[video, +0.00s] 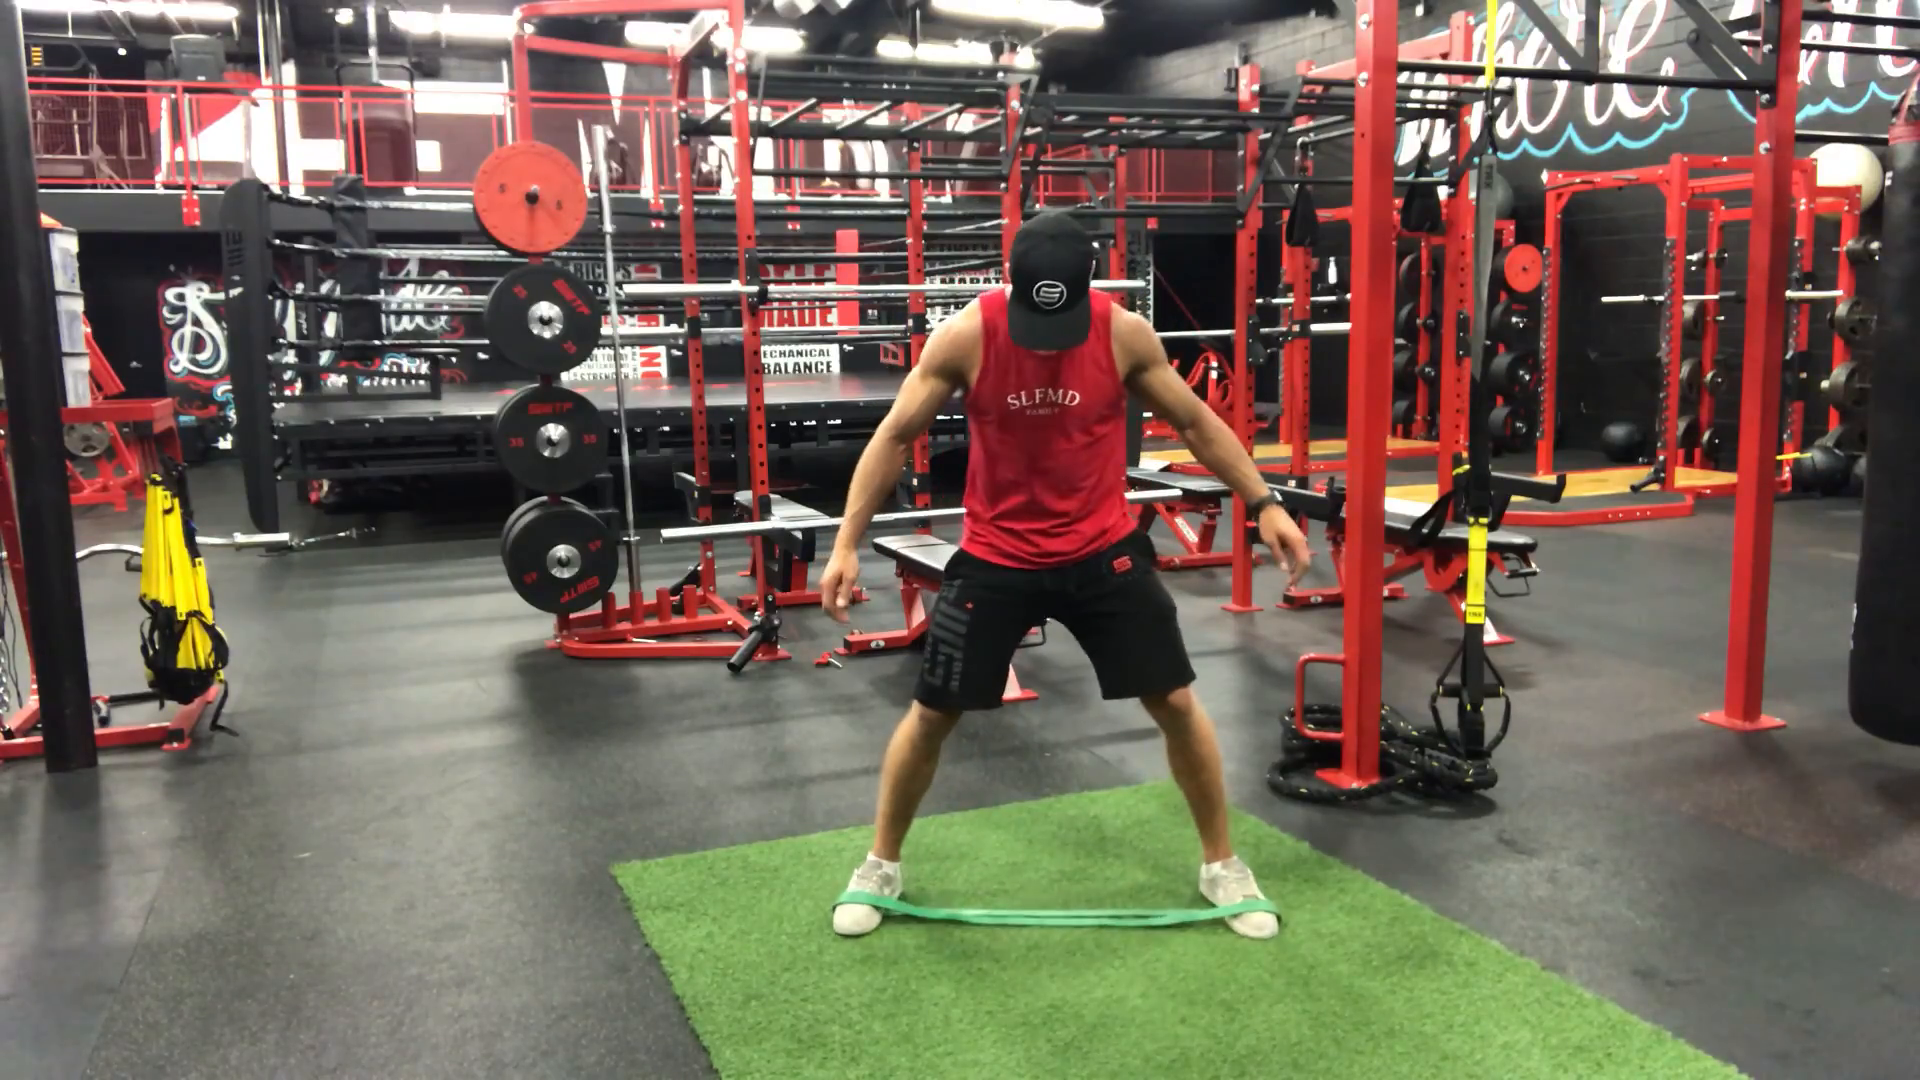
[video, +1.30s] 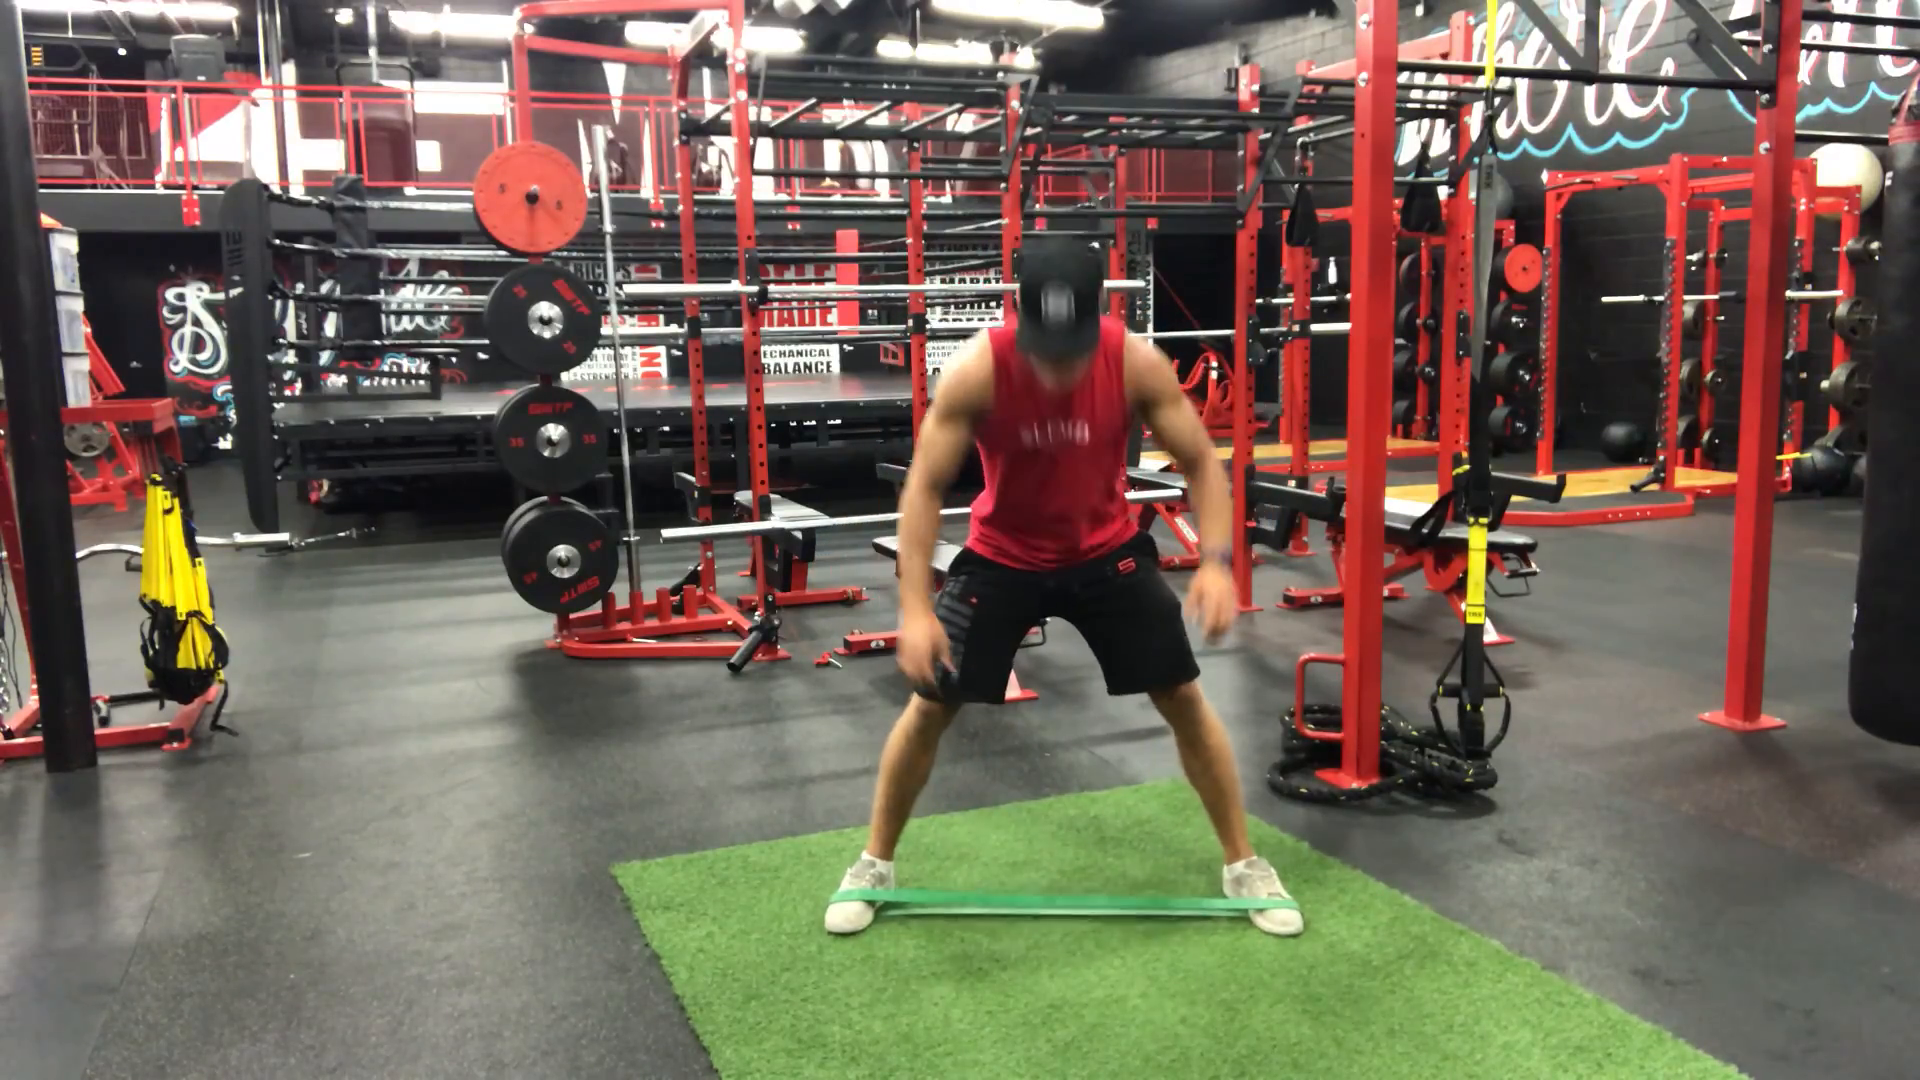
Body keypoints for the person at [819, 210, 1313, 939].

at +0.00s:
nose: (1047, 334)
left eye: (1062, 319)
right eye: (1034, 319)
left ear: (1088, 288)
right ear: (1012, 284)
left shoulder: (1125, 336)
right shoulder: (964, 338)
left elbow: (1197, 422)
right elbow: (892, 437)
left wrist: (1265, 503)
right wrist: (845, 544)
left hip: (1105, 550)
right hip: (995, 554)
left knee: (1176, 702)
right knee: (933, 709)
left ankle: (1222, 863)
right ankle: (881, 863)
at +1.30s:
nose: (1056, 364)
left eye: (1071, 349)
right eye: (1043, 349)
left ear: (1098, 318)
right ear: (1019, 317)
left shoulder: (1137, 363)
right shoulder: (975, 373)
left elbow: (1204, 462)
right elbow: (923, 488)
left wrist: (1215, 561)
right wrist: (914, 608)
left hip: (1110, 557)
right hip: (1001, 559)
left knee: (1183, 697)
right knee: (930, 704)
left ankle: (1242, 862)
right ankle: (874, 863)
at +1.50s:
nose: (1065, 532)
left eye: (1080, 523)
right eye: (1050, 524)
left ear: (1107, 478)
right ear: (1026, 481)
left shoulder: (1143, 458)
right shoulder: (985, 489)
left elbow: (1177, 553)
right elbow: (967, 627)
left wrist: (1168, 657)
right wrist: (984, 748)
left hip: (1112, 566)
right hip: (1005, 572)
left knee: (1192, 694)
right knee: (922, 701)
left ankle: (1243, 863)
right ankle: (872, 860)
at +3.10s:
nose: (1047, 554)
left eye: (1060, 542)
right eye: (1033, 545)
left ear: (1092, 490)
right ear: (1012, 505)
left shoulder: (1132, 459)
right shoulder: (987, 532)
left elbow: (1209, 497)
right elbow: (1028, 665)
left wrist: (1227, 590)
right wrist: (1069, 769)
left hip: (1113, 567)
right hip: (1013, 581)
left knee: (1189, 702)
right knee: (956, 716)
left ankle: (1243, 863)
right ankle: (925, 866)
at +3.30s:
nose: (988, 504)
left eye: (998, 490)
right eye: (973, 498)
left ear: (1019, 444)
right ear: (941, 474)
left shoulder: (1065, 416)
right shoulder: (931, 521)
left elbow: (1108, 423)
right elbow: (983, 638)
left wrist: (1153, 504)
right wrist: (1038, 742)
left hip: (1067, 551)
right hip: (970, 574)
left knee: (1145, 689)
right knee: (938, 717)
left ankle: (1208, 853)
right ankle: (923, 870)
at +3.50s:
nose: (989, 475)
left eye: (1001, 461)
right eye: (973, 468)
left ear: (1027, 418)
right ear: (946, 441)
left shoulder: (1078, 398)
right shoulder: (926, 486)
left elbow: (1118, 420)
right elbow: (957, 608)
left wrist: (1145, 511)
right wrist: (994, 717)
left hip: (1065, 541)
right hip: (969, 559)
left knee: (1110, 689)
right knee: (935, 709)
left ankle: (1130, 862)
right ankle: (923, 867)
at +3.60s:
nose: (1011, 457)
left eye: (1023, 444)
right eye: (996, 448)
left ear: (1051, 403)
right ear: (970, 416)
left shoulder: (1101, 395)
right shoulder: (941, 466)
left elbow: (1142, 436)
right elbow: (961, 591)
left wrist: (1157, 524)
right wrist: (991, 705)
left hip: (1080, 546)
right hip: (981, 558)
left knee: (1109, 699)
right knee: (939, 708)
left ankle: (1119, 872)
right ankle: (923, 868)